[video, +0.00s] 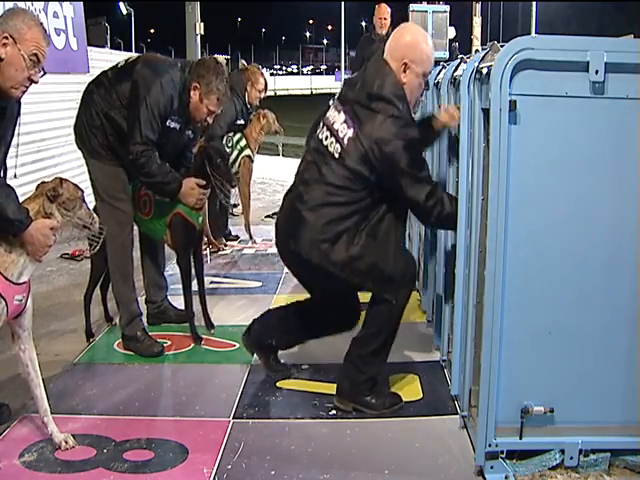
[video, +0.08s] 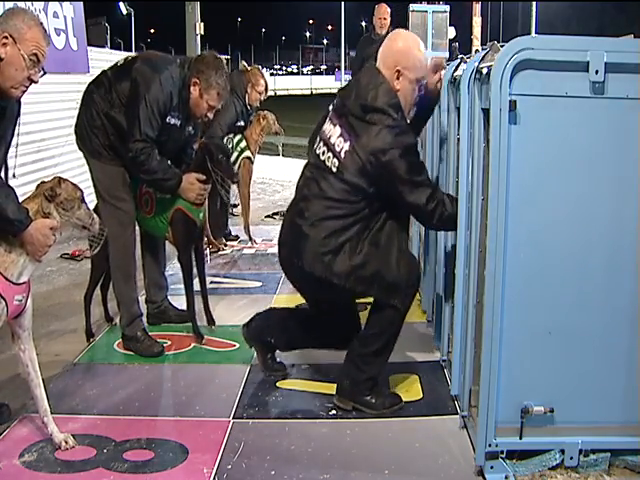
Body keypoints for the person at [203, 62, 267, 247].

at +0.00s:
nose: (261, 96)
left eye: (263, 92)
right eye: (259, 91)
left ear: (249, 87)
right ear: (246, 87)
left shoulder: (244, 105)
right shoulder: (231, 104)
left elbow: (239, 130)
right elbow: (213, 137)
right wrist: (224, 170)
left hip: (223, 151)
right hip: (212, 152)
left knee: (224, 191)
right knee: (218, 192)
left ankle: (223, 229)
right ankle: (216, 232)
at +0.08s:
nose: (261, 98)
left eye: (263, 94)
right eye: (259, 93)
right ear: (248, 88)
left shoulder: (247, 107)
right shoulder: (233, 105)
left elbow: (243, 130)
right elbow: (213, 135)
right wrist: (225, 165)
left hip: (224, 151)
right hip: (211, 151)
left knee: (224, 194)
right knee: (215, 194)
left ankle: (223, 229)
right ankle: (215, 232)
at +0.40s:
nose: (261, 98)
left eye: (263, 94)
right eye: (259, 93)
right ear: (246, 88)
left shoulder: (244, 103)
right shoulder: (230, 104)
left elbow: (241, 127)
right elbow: (219, 132)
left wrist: (253, 139)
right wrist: (235, 153)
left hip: (222, 149)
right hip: (207, 150)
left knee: (224, 193)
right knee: (213, 195)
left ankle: (223, 229)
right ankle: (213, 233)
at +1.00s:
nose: (257, 102)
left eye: (259, 98)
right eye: (255, 97)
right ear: (242, 91)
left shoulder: (239, 103)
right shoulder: (221, 105)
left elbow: (246, 128)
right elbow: (214, 130)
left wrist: (250, 143)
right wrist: (232, 156)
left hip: (223, 149)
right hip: (206, 151)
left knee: (225, 193)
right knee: (213, 195)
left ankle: (223, 229)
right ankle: (214, 233)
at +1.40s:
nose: (262, 96)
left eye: (263, 92)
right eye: (260, 91)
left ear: (251, 87)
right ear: (247, 85)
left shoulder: (244, 98)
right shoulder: (224, 100)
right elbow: (222, 131)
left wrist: (254, 130)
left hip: (231, 143)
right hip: (211, 145)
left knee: (236, 185)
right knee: (216, 188)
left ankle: (231, 224)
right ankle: (214, 229)